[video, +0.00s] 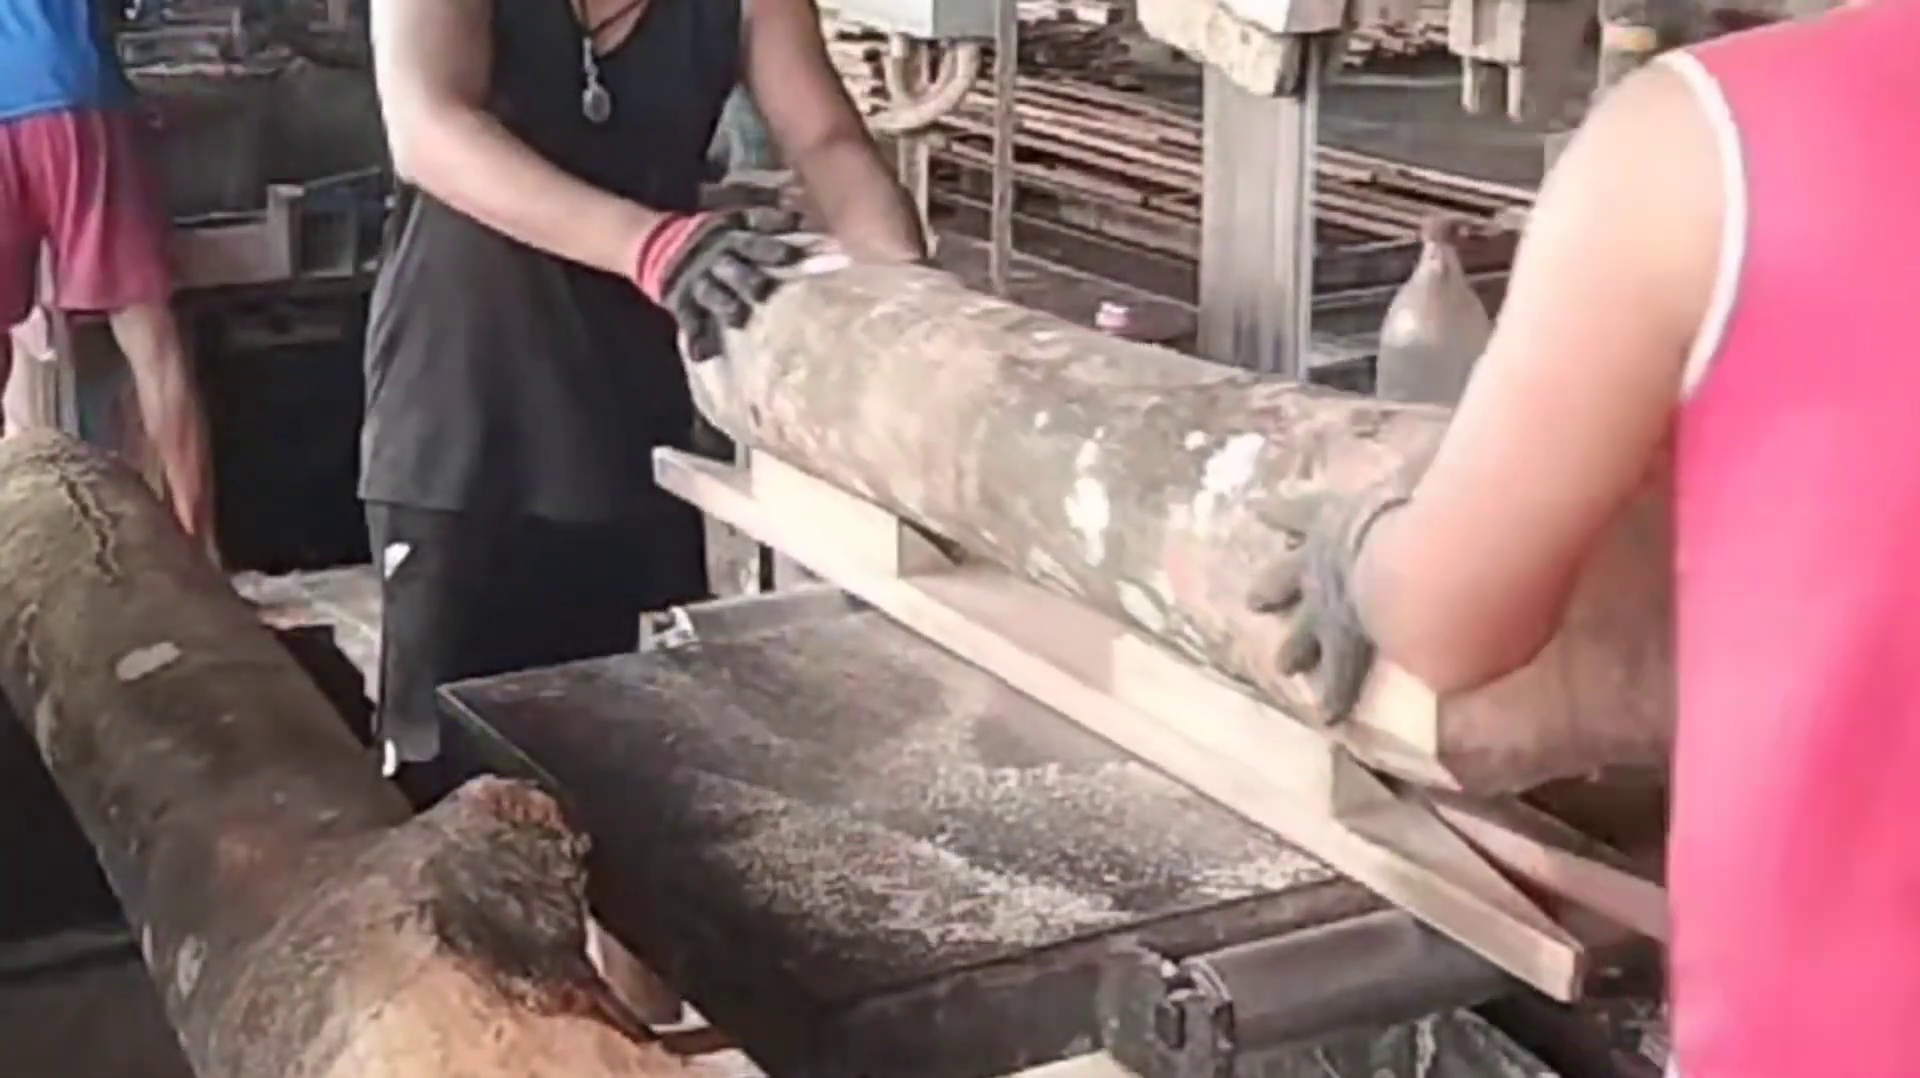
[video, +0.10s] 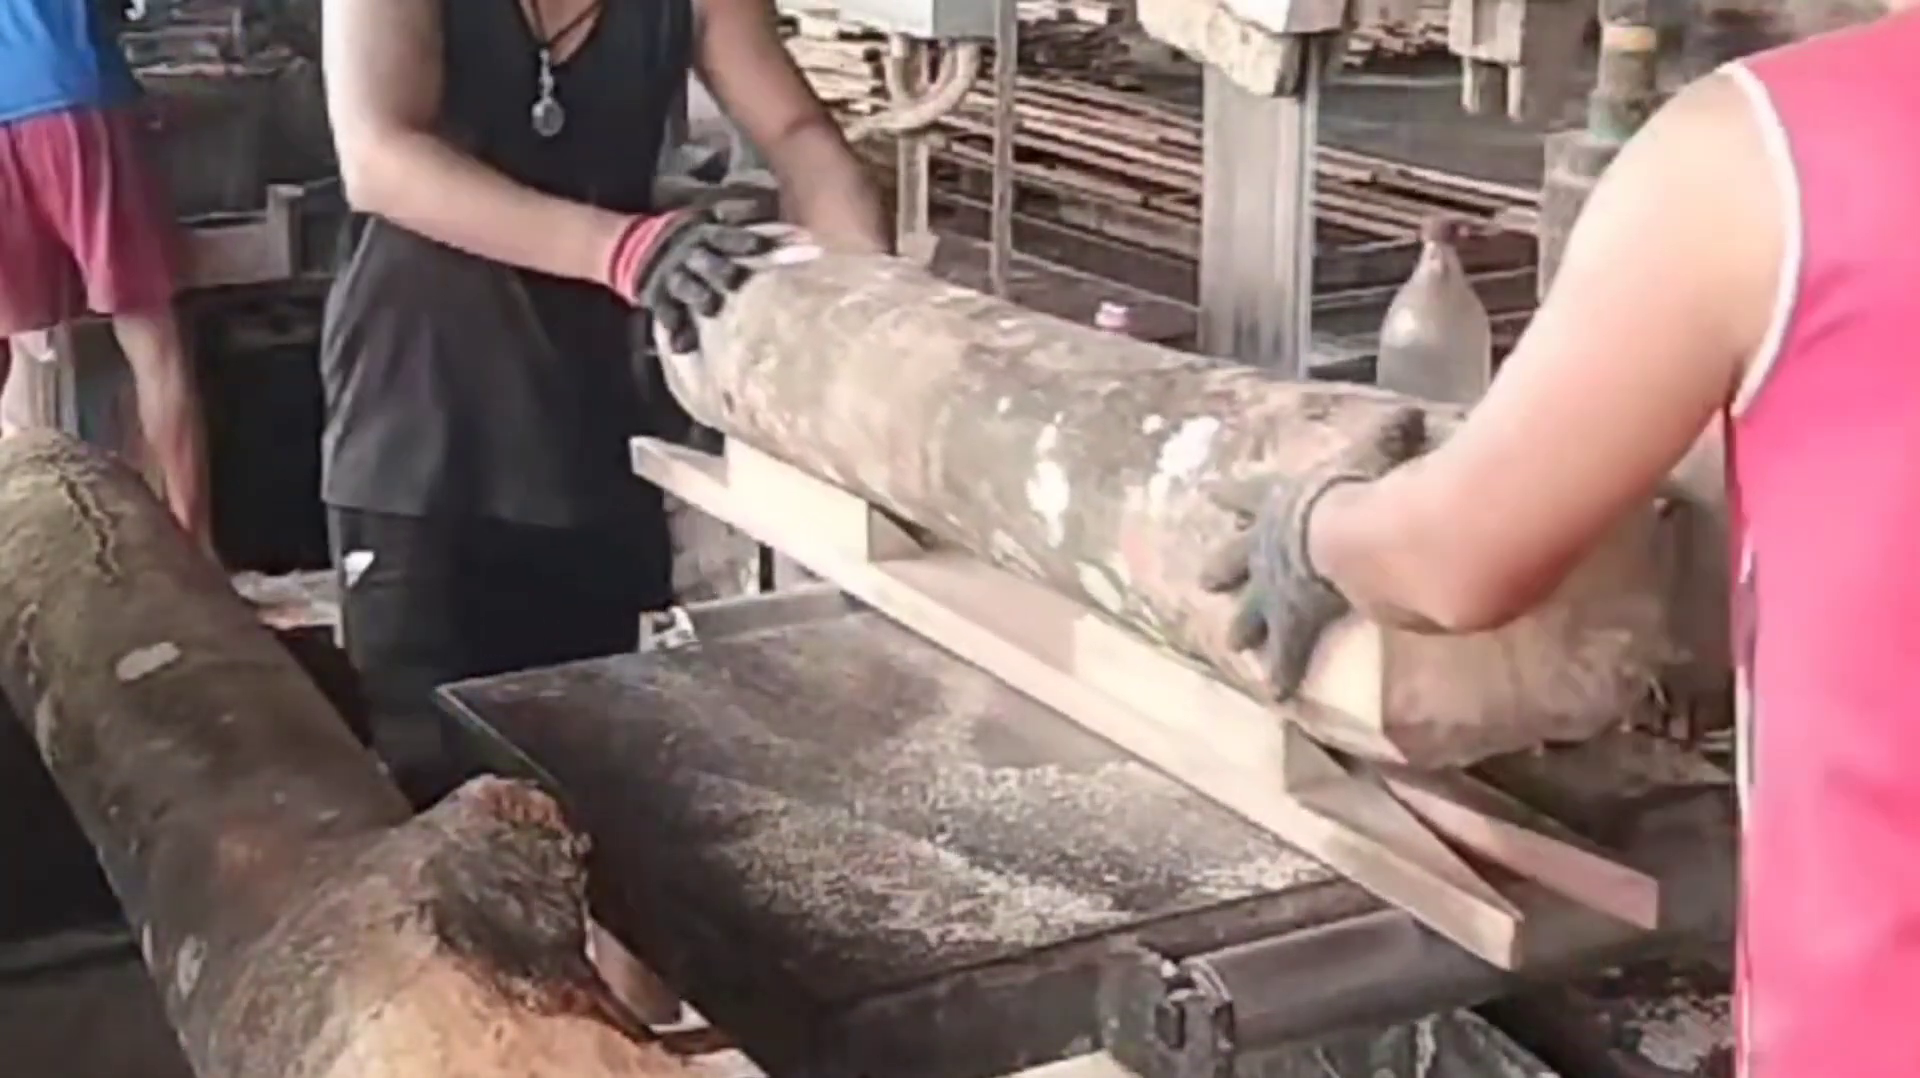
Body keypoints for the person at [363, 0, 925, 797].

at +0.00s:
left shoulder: (748, 8)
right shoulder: (441, 12)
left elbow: (829, 142)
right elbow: (429, 132)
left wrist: (909, 297)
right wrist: (654, 243)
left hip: (637, 421)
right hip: (465, 415)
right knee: (455, 765)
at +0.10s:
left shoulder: (688, 8)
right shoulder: (389, 10)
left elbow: (796, 132)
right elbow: (380, 161)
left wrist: (865, 286)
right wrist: (623, 246)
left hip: (592, 431)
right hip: (420, 434)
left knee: (596, 756)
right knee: (437, 774)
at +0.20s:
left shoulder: (637, 8)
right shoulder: (355, 11)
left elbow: (772, 123)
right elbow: (338, 176)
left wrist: (834, 277)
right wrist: (592, 242)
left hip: (549, 398)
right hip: (386, 405)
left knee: (593, 720)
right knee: (415, 749)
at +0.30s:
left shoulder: (614, 7)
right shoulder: (336, 11)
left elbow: (761, 113)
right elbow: (311, 176)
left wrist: (794, 267)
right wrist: (567, 236)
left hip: (536, 417)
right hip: (368, 425)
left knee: (595, 721)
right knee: (417, 761)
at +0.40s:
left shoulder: (606, 7)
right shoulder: (326, 10)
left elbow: (763, 115)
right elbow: (293, 178)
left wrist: (770, 253)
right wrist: (543, 227)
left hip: (527, 432)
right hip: (358, 439)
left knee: (576, 739)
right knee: (404, 776)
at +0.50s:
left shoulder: (601, 6)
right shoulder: (321, 10)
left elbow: (757, 108)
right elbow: (271, 185)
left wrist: (738, 250)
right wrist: (509, 218)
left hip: (506, 436)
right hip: (354, 442)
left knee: (507, 741)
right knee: (389, 761)